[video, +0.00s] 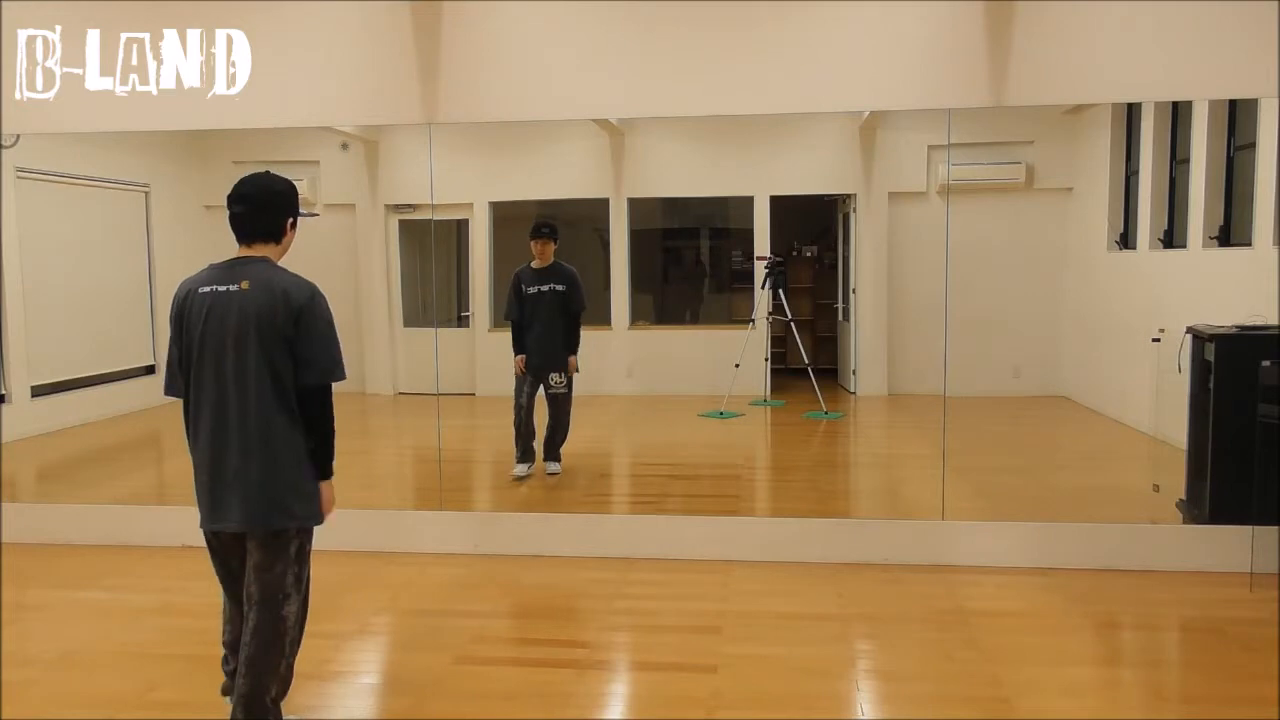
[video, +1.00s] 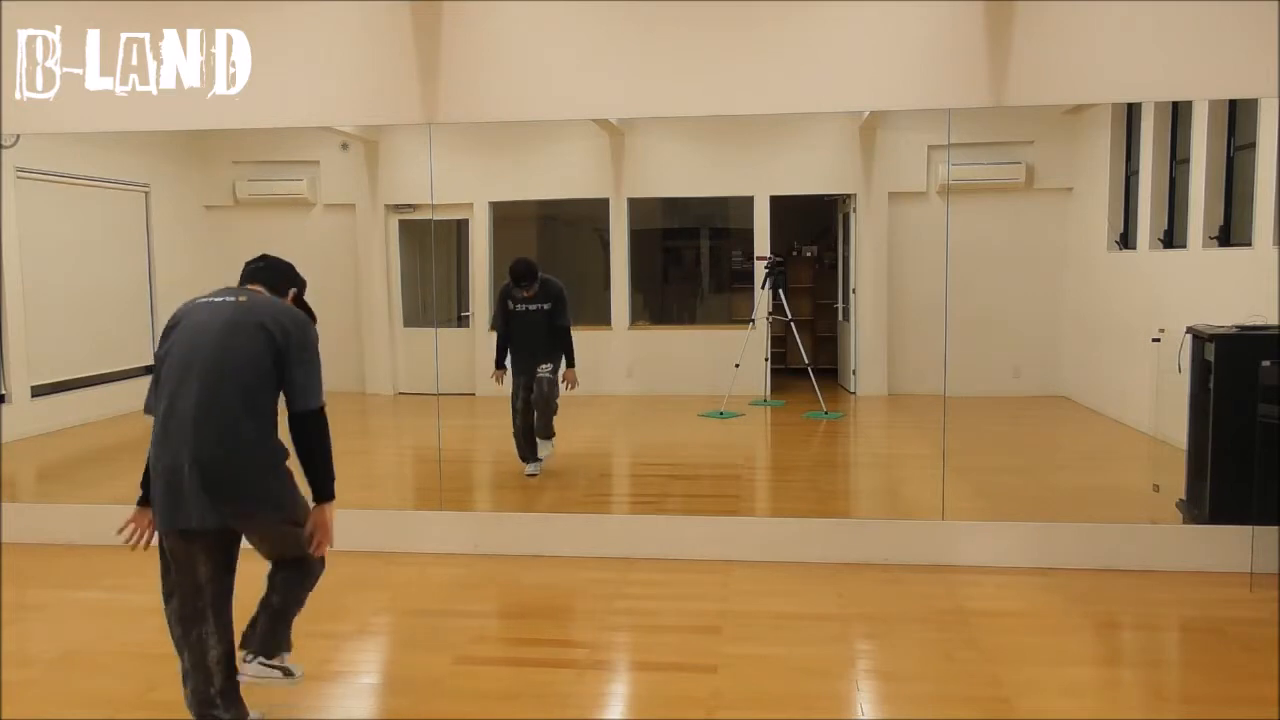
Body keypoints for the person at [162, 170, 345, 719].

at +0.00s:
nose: (295, 229)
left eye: (296, 220)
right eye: (295, 221)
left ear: (233, 225)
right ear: (287, 227)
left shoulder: (191, 292)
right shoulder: (300, 296)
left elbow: (184, 390)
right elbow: (316, 397)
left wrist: (209, 457)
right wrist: (323, 474)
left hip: (215, 483)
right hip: (281, 484)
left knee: (237, 596)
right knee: (274, 607)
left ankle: (240, 691)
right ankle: (257, 710)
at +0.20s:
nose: (294, 235)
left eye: (294, 227)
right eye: (294, 227)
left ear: (232, 226)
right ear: (287, 231)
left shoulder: (183, 290)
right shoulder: (295, 295)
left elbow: (179, 391)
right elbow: (315, 396)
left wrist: (201, 457)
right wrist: (326, 472)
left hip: (208, 485)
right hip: (277, 486)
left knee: (219, 605)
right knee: (272, 610)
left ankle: (217, 708)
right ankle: (259, 711)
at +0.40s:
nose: (285, 227)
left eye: (287, 220)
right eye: (286, 219)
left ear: (222, 215)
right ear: (276, 217)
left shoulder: (176, 268)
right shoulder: (286, 279)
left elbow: (171, 355)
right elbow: (305, 381)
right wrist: (326, 454)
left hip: (197, 472)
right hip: (269, 472)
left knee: (204, 597)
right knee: (269, 597)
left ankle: (213, 708)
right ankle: (260, 711)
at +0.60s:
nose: (270, 219)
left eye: (264, 210)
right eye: (269, 211)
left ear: (210, 222)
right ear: (263, 220)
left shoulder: (182, 288)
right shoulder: (294, 288)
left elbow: (172, 371)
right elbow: (317, 388)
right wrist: (314, 458)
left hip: (186, 475)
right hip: (263, 475)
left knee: (197, 606)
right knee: (261, 604)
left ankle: (208, 710)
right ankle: (258, 709)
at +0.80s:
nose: (281, 250)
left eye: (280, 243)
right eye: (280, 242)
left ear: (219, 241)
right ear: (270, 242)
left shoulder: (174, 296)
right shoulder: (289, 300)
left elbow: (159, 391)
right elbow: (298, 399)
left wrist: (185, 460)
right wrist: (312, 467)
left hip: (180, 487)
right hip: (257, 486)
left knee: (194, 611)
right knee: (263, 605)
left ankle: (210, 711)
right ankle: (257, 710)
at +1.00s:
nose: (295, 311)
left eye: (297, 308)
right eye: (298, 306)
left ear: (243, 285)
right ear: (290, 297)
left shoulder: (185, 314)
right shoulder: (290, 321)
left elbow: (165, 416)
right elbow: (306, 416)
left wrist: (148, 498)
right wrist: (323, 500)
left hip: (178, 479)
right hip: (248, 471)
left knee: (199, 614)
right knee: (299, 554)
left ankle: (217, 711)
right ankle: (264, 649)